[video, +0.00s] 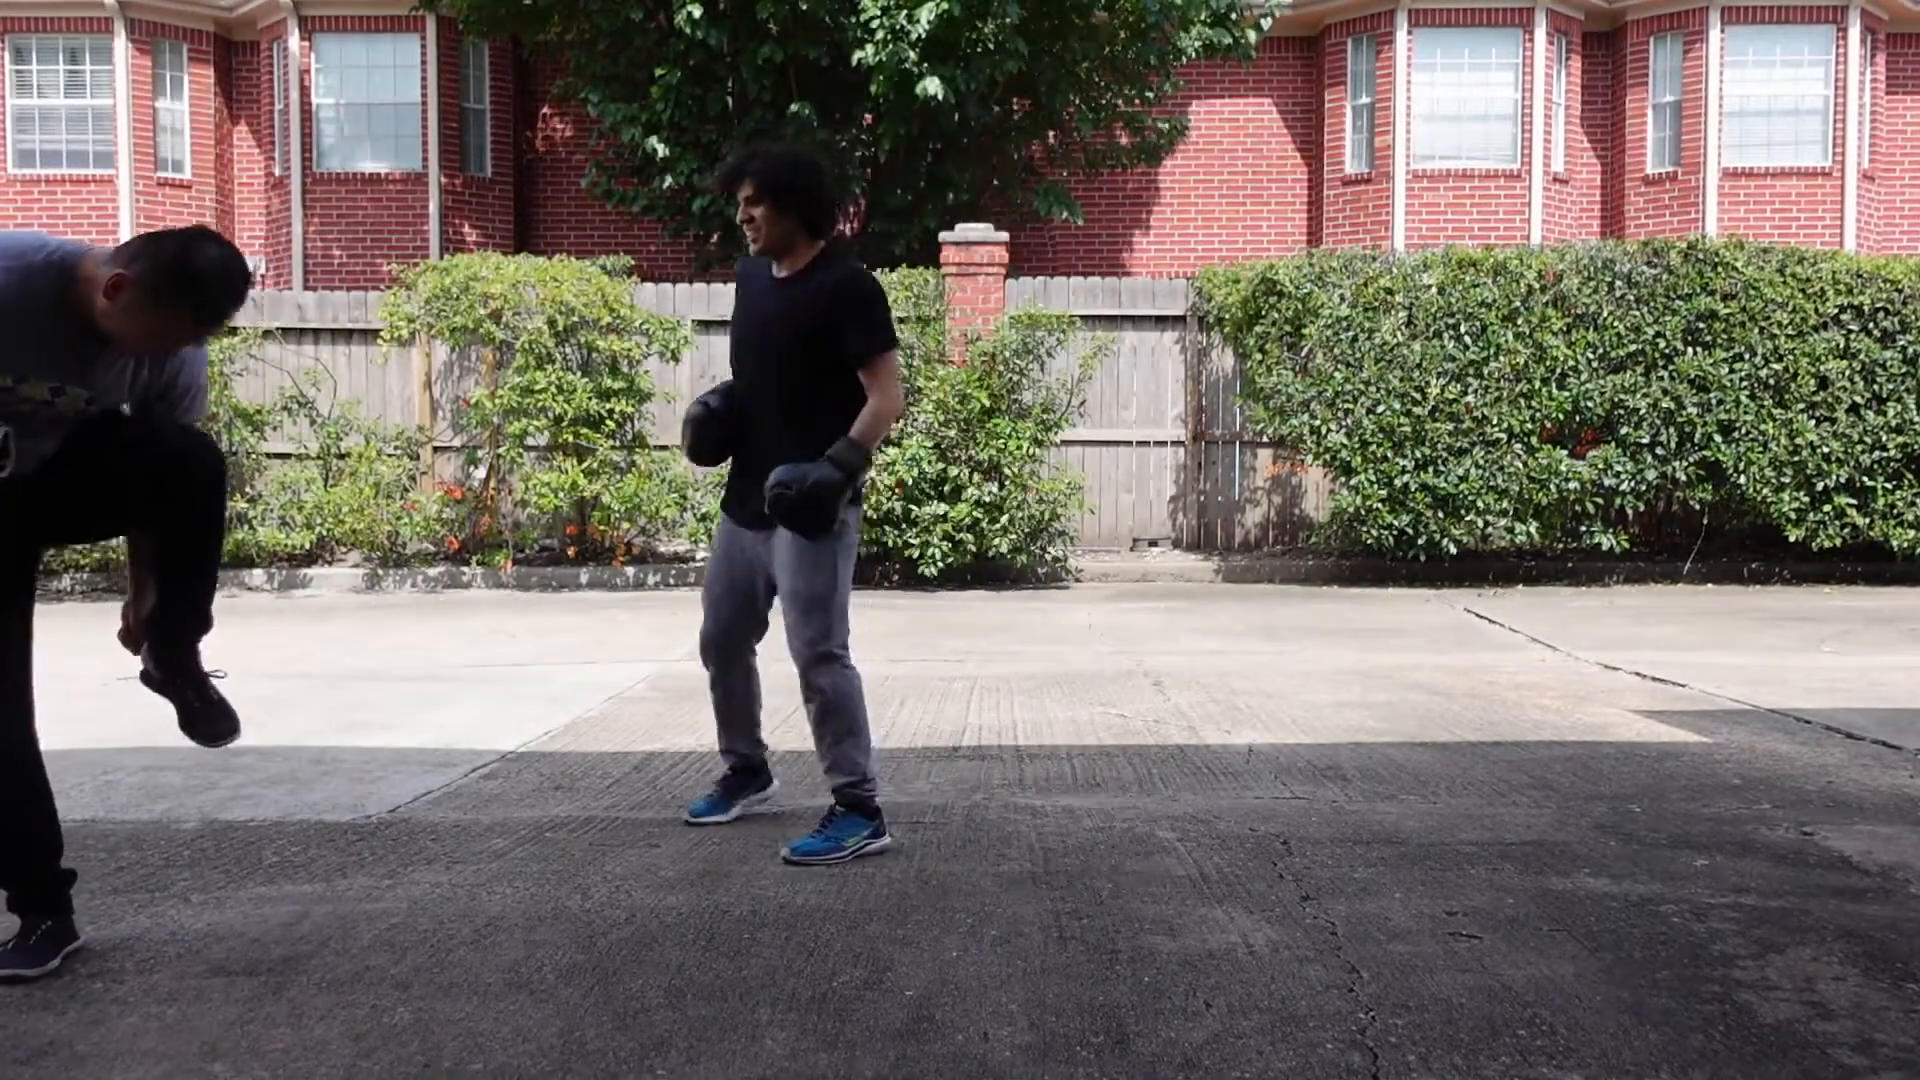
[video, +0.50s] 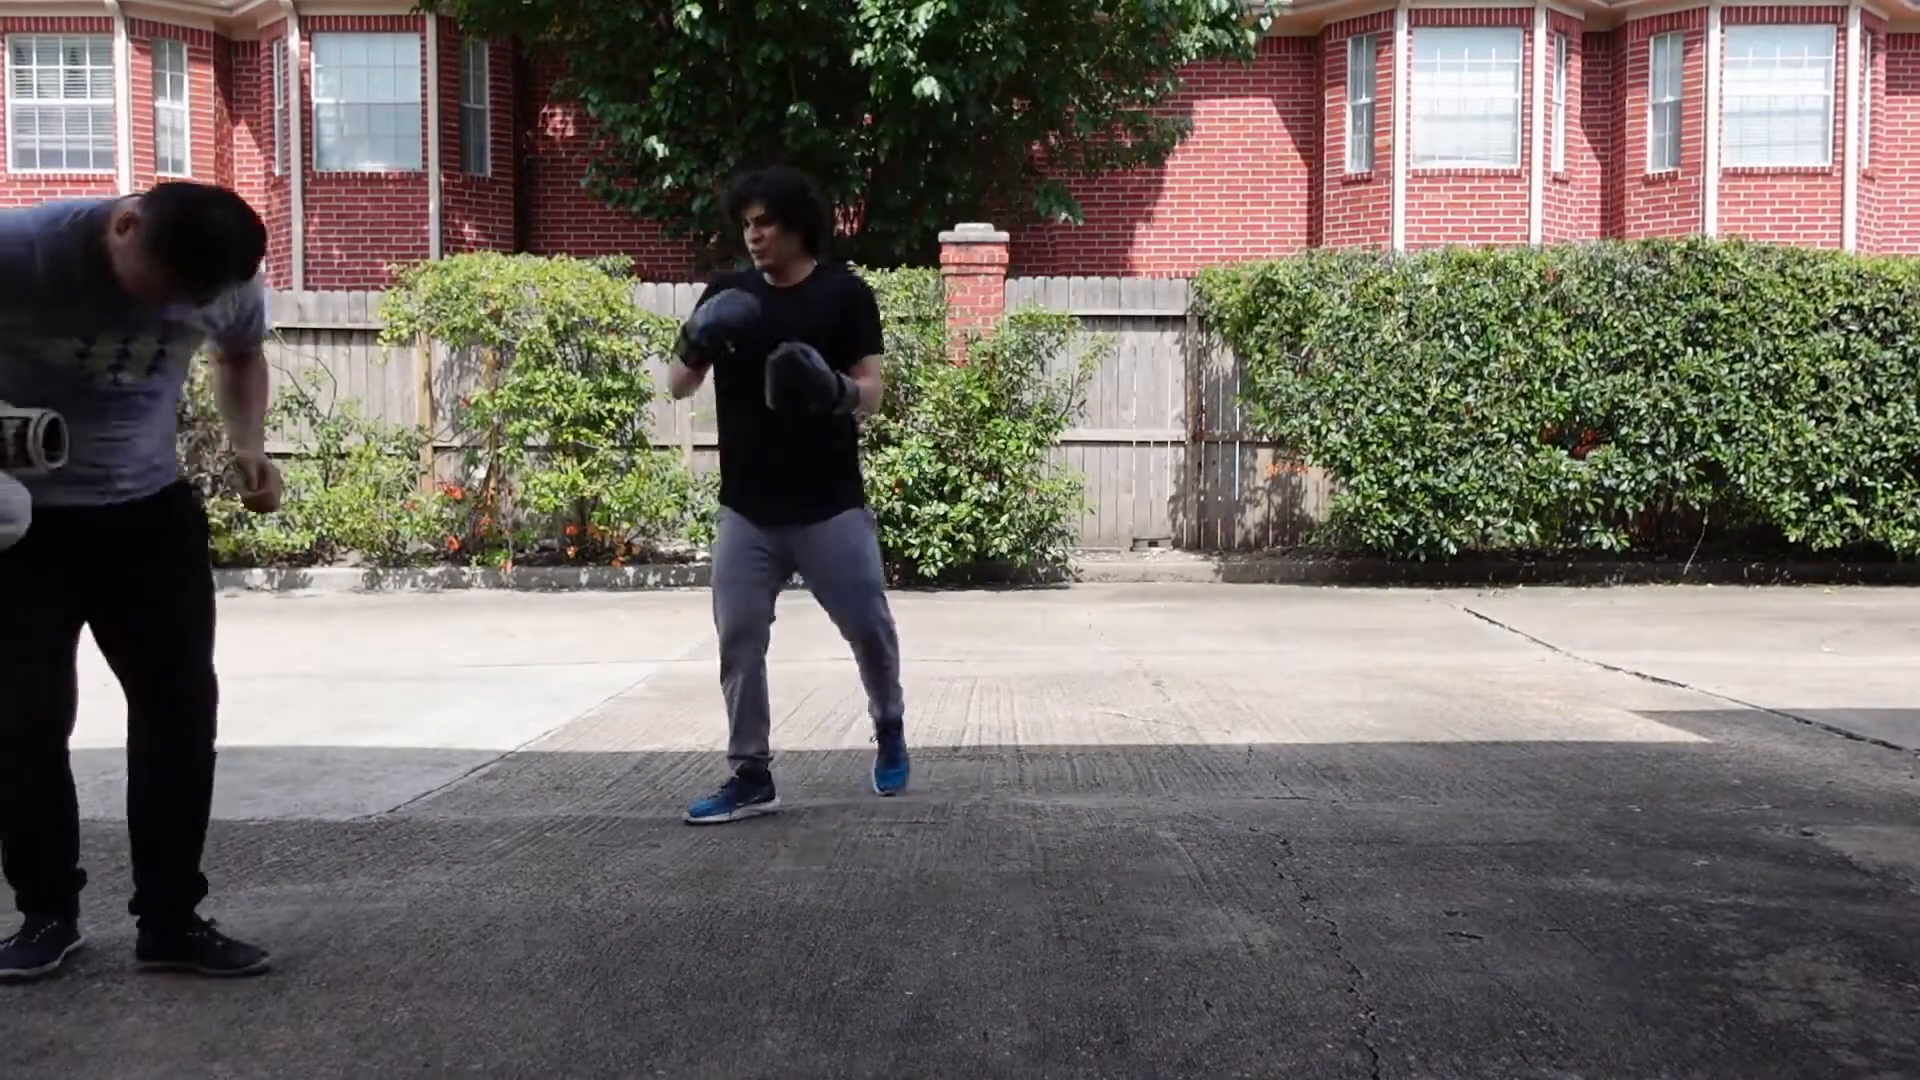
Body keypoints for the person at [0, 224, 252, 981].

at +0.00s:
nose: (166, 358)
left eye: (181, 347)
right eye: (162, 340)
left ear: (196, 325)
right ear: (118, 288)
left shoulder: (174, 354)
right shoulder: (15, 277)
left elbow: (164, 481)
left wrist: (143, 595)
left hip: (72, 474)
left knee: (193, 459)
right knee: (2, 710)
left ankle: (173, 656)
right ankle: (40, 909)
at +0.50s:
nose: (158, 302)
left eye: (174, 295)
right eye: (152, 286)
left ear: (205, 272)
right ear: (126, 224)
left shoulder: (218, 272)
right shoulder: (20, 249)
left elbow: (241, 352)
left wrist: (247, 445)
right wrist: (5, 439)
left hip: (150, 518)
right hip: (25, 526)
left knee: (178, 715)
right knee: (25, 729)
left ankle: (169, 921)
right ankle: (45, 916)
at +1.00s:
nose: (231, 218)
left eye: (249, 202)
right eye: (219, 197)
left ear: (264, 182)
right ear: (169, 143)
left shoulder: (256, 211)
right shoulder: (59, 213)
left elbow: (319, 347)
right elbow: (5, 371)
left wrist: (197, 401)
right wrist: (86, 473)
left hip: (187, 508)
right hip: (70, 514)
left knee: (210, 717)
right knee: (72, 746)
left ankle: (170, 919)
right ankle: (48, 999)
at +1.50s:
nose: (320, 212)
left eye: (332, 194)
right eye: (319, 188)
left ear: (268, 149)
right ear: (259, 142)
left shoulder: (243, 211)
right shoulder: (110, 196)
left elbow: (252, 309)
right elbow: (8, 339)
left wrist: (224, 400)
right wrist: (107, 429)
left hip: (127, 477)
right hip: (28, 476)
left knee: (170, 704)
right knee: (54, 735)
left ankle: (143, 926)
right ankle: (39, 1008)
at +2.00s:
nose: (438, 193)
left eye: (447, 175)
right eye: (446, 169)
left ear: (382, 118)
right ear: (418, 133)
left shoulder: (281, 175)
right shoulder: (311, 197)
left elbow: (255, 350)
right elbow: (273, 360)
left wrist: (345, 411)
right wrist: (354, 430)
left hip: (223, 483)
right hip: (201, 488)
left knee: (293, 713)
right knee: (255, 723)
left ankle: (268, 944)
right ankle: (99, 962)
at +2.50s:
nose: (539, 217)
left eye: (549, 207)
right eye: (548, 204)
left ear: (485, 136)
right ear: (530, 164)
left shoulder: (349, 160)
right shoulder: (493, 201)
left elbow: (271, 283)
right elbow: (506, 380)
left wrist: (393, 364)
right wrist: (485, 421)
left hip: (278, 477)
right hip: (392, 491)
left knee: (336, 705)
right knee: (470, 732)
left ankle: (278, 943)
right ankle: (493, 983)